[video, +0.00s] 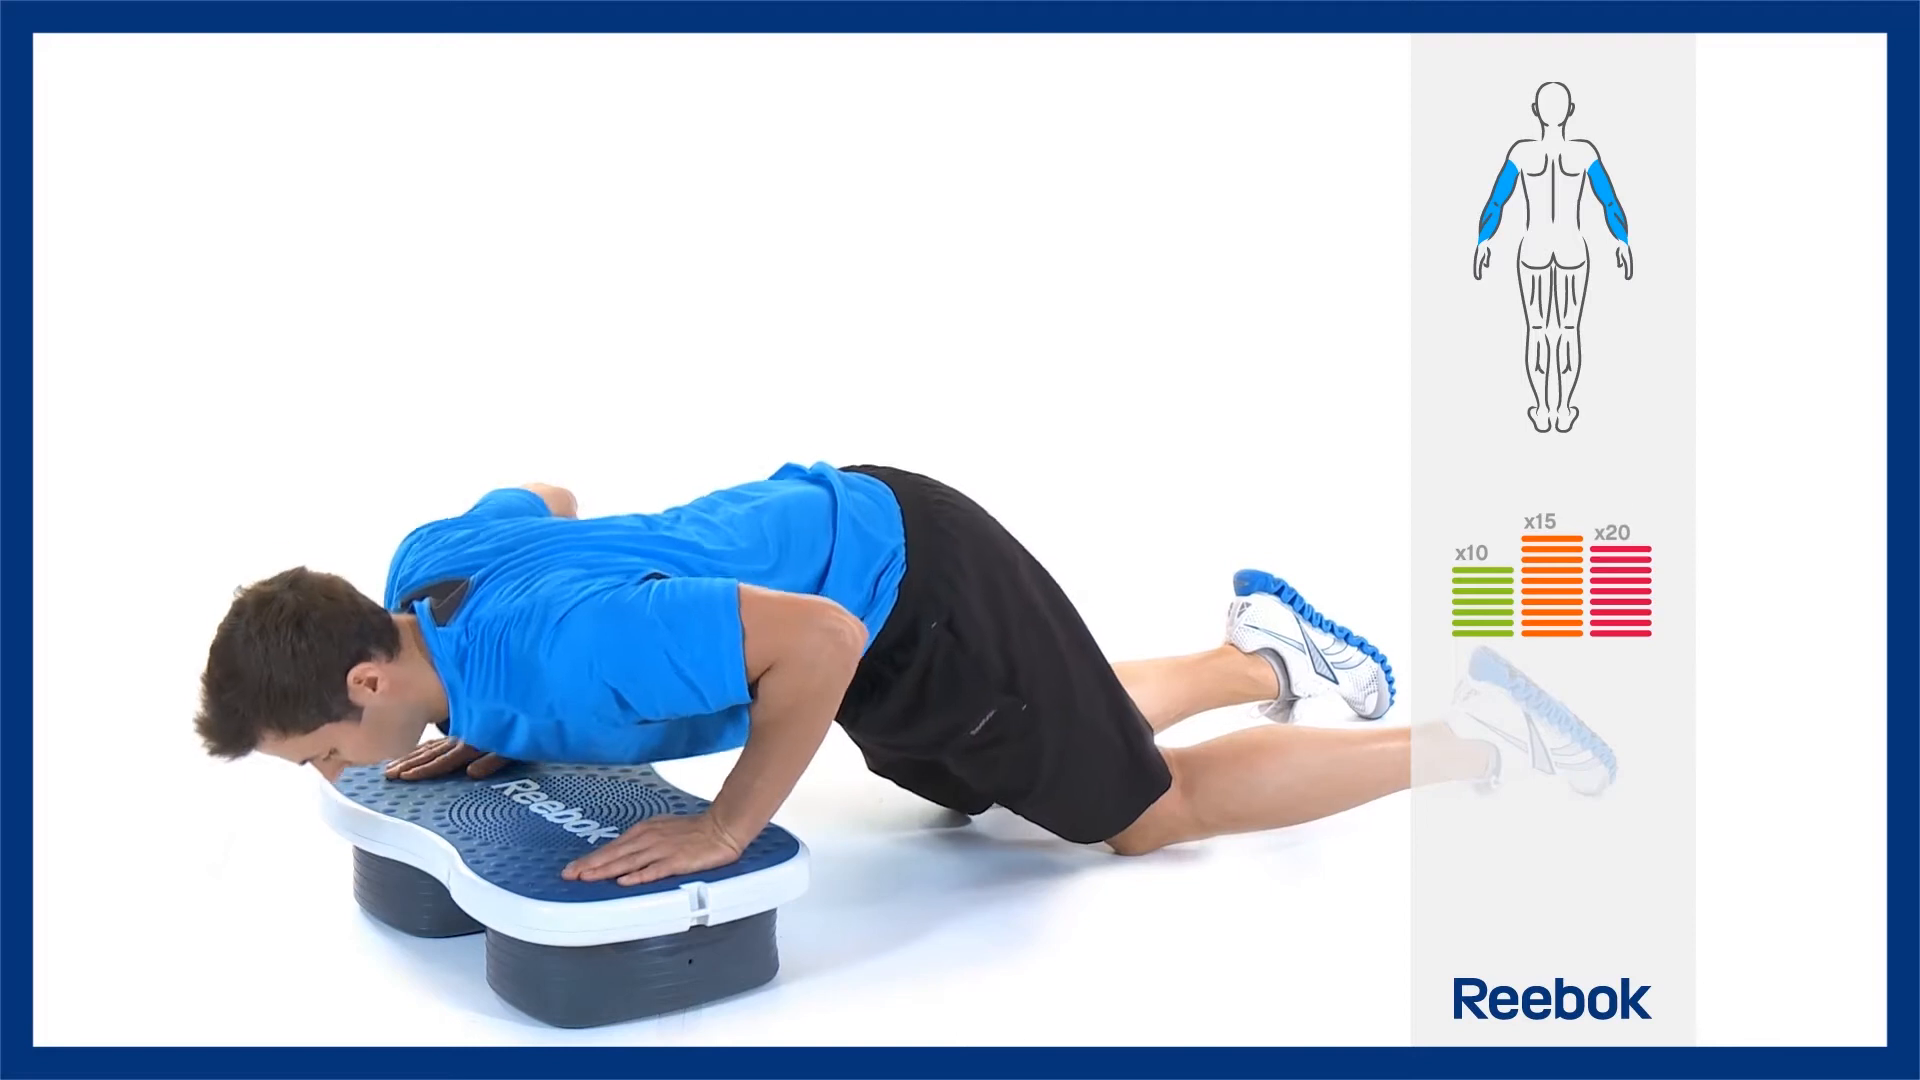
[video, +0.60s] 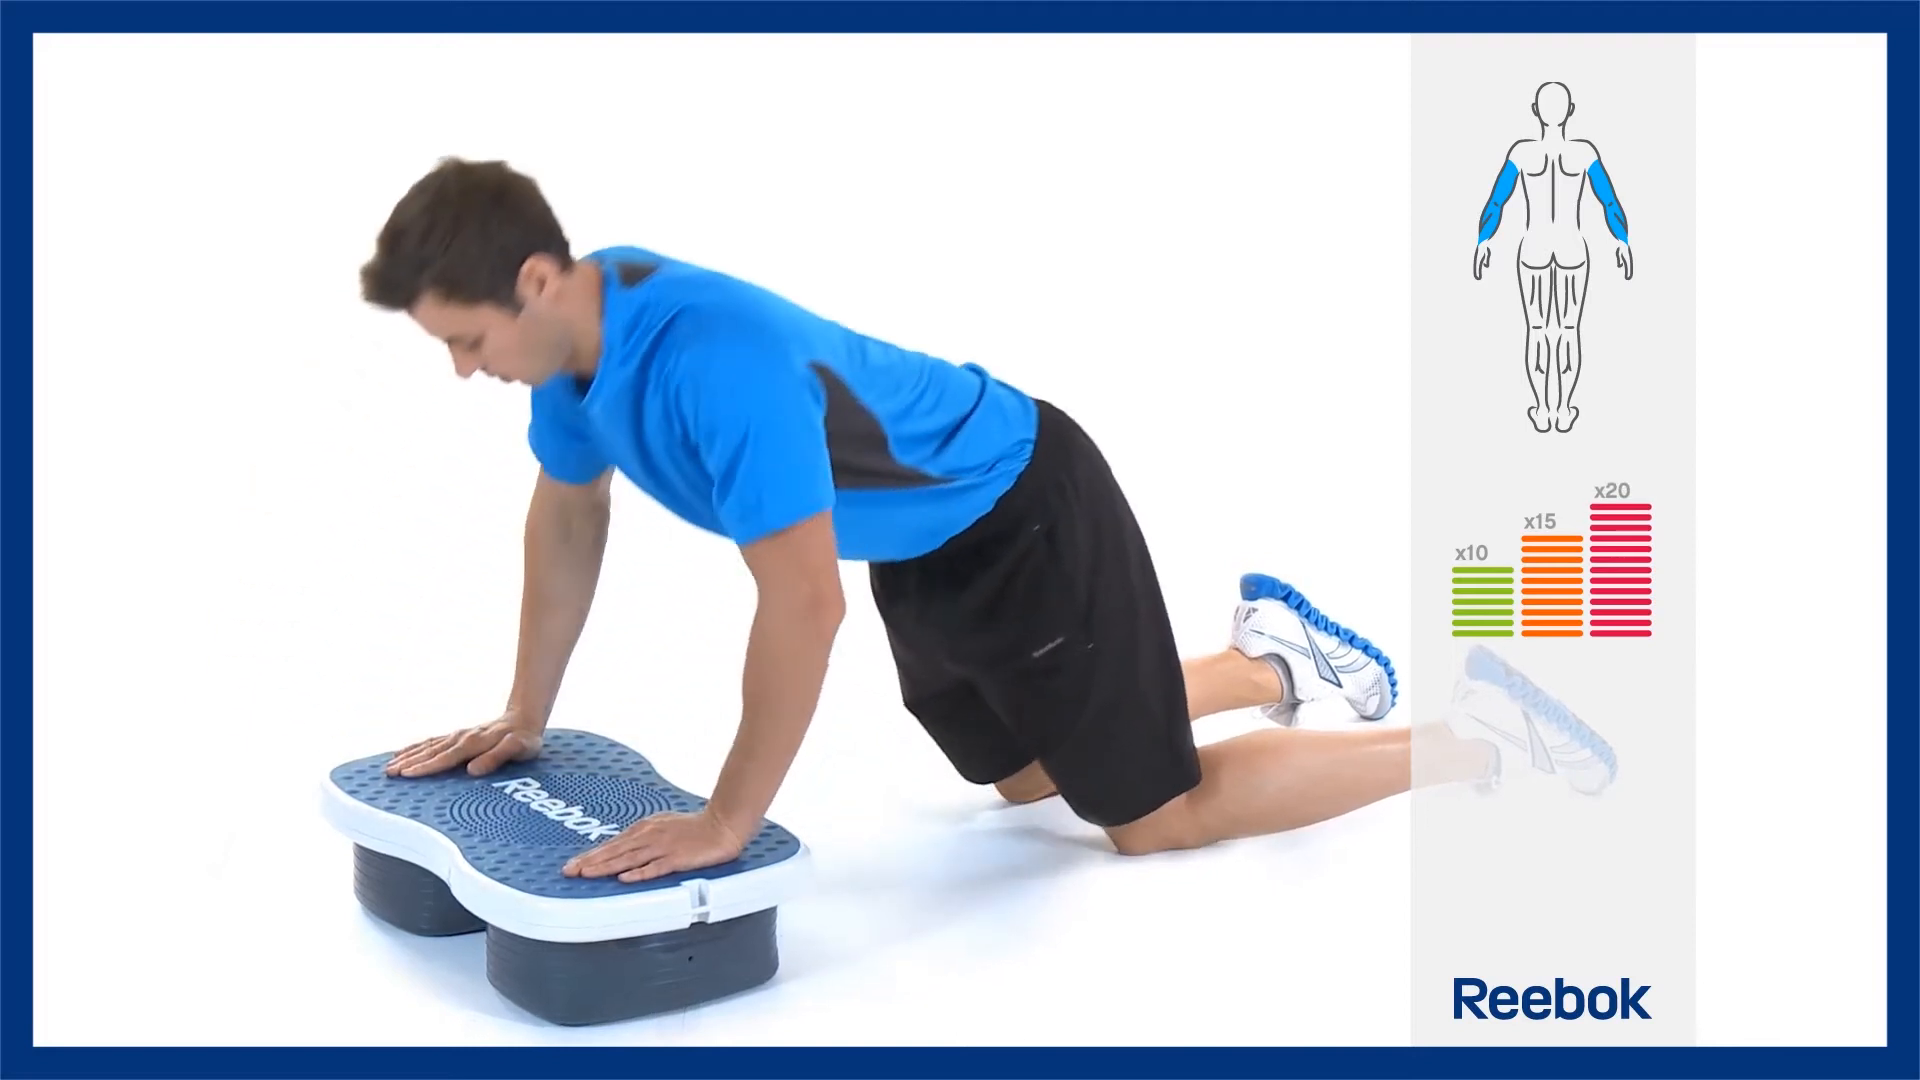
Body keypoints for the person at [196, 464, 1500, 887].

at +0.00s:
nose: (331, 778)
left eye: (317, 758)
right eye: (303, 767)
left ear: (367, 691)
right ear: (359, 664)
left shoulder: (578, 657)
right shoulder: (421, 586)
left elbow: (819, 640)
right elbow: (551, 499)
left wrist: (729, 826)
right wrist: (494, 691)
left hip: (918, 586)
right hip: (836, 629)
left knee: (1147, 809)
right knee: (1032, 758)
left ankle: (1472, 747)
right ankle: (1258, 658)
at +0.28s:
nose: (366, 618)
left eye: (349, 596)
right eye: (338, 604)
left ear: (397, 534)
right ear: (392, 507)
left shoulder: (599, 541)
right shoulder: (474, 469)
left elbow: (833, 644)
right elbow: (537, 586)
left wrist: (733, 821)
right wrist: (524, 717)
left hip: (951, 566)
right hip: (865, 590)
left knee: (1151, 808)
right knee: (1009, 763)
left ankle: (1458, 746)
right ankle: (1261, 660)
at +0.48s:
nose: (419, 457)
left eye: (416, 428)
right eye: (400, 437)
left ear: (486, 361)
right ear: (461, 370)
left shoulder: (665, 426)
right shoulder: (538, 395)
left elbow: (830, 631)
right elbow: (560, 531)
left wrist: (732, 821)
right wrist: (520, 716)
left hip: (994, 527)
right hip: (889, 580)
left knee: (1148, 810)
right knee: (1022, 768)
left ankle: (1469, 745)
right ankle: (1267, 662)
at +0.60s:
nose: (466, 369)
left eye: (466, 339)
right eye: (447, 349)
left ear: (540, 278)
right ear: (515, 287)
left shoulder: (707, 360)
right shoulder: (573, 351)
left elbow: (798, 597)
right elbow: (565, 527)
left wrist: (731, 814)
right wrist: (522, 720)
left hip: (1024, 507)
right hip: (915, 551)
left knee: (1155, 813)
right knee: (1022, 774)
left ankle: (1474, 742)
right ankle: (1266, 665)